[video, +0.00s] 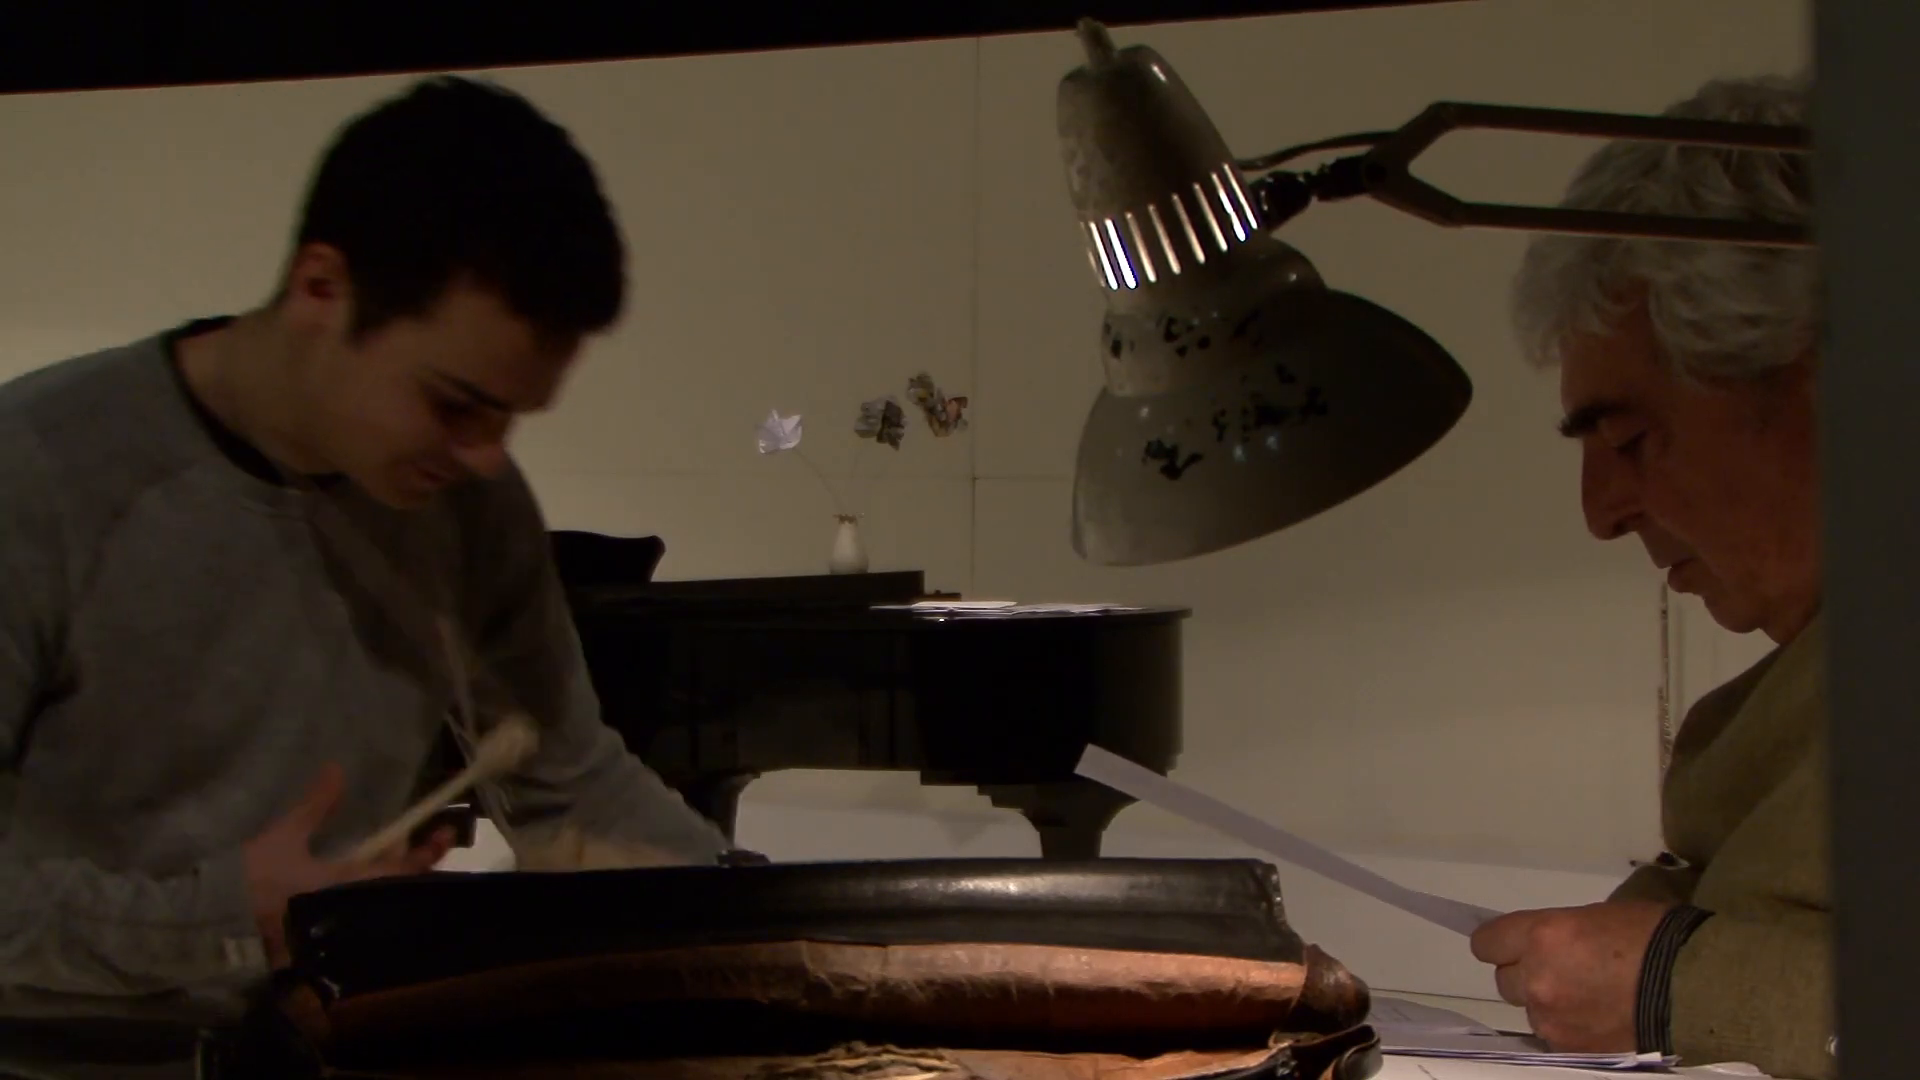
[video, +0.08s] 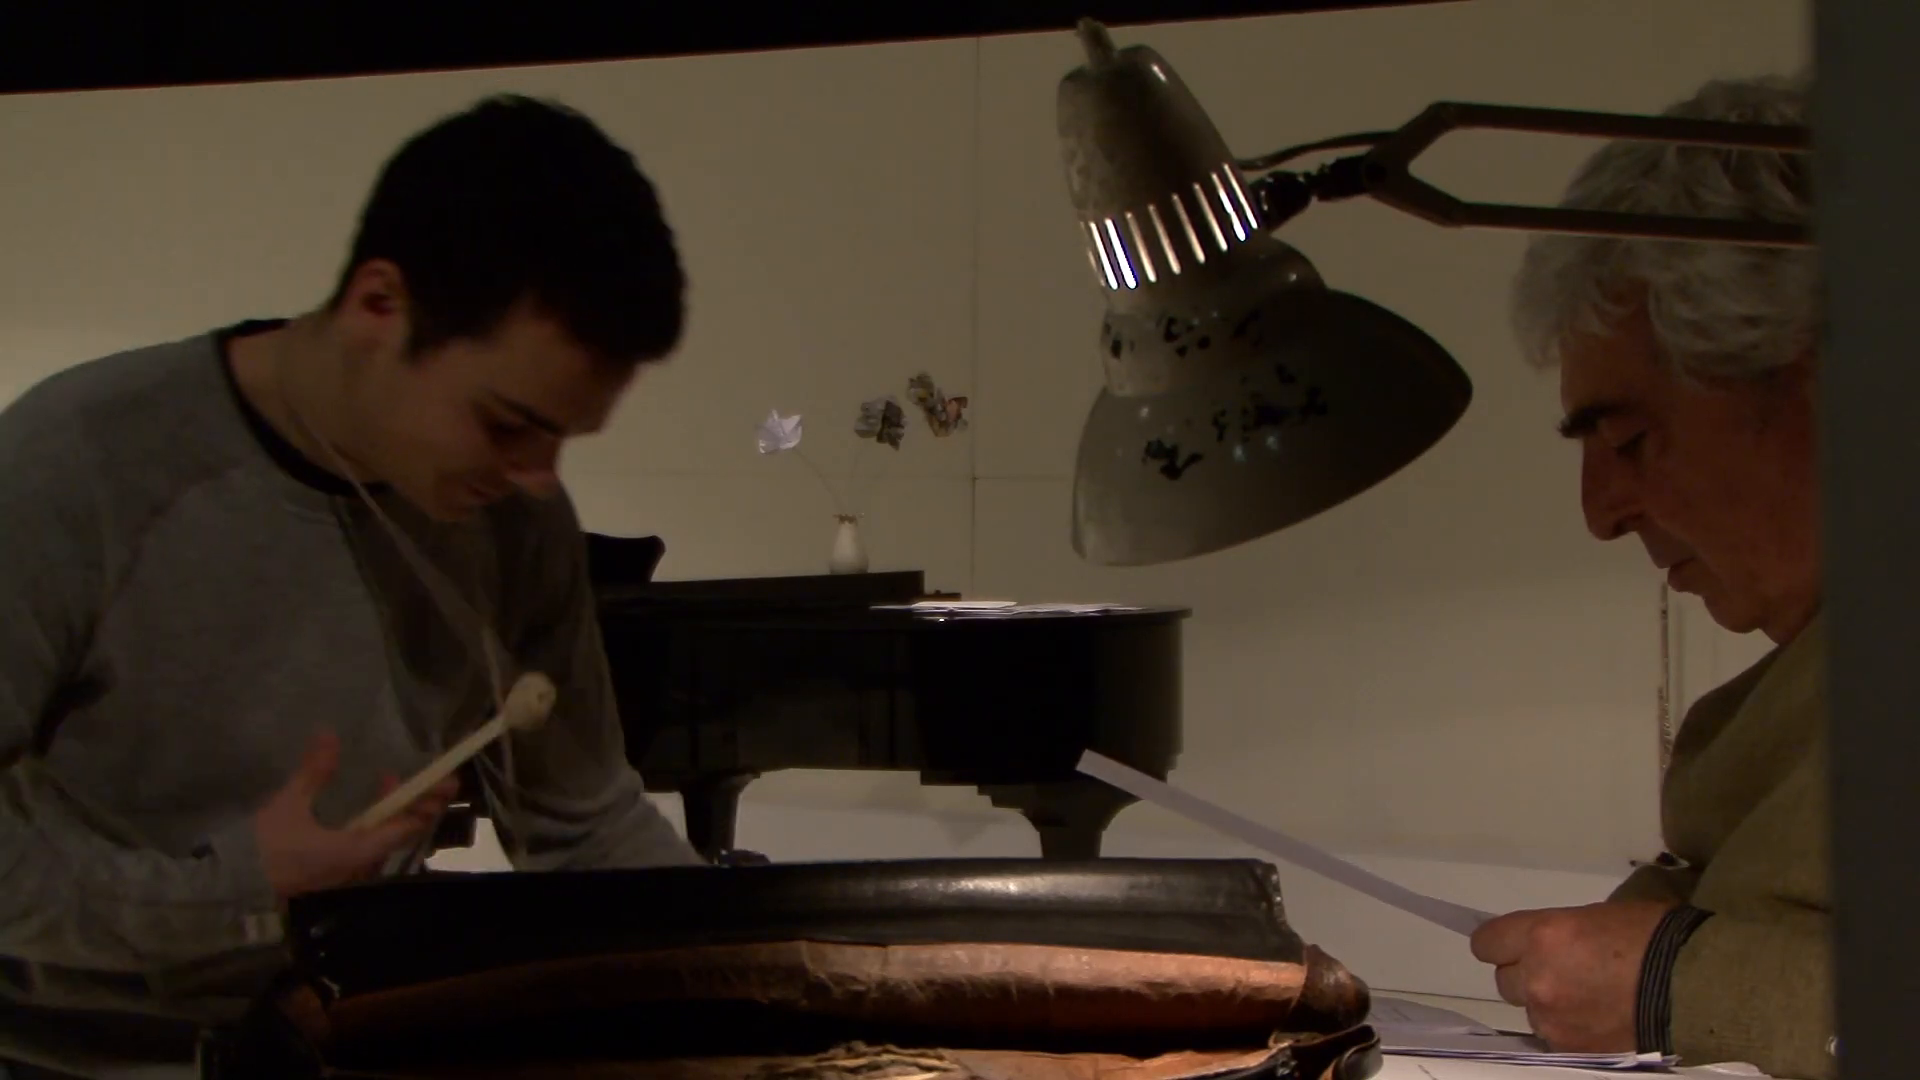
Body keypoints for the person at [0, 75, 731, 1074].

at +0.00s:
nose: (485, 459)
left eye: (513, 417)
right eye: (457, 405)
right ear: (319, 289)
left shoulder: (471, 498)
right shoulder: (33, 475)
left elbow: (570, 776)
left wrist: (753, 913)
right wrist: (221, 914)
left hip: (366, 1051)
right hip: (69, 1059)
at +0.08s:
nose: (540, 478)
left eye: (565, 437)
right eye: (510, 424)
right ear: (376, 307)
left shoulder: (514, 516)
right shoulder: (65, 472)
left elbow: (586, 820)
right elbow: (4, 854)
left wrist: (744, 948)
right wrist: (227, 888)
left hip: (364, 1050)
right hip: (72, 1055)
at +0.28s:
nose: (589, 491)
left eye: (622, 453)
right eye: (569, 433)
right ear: (442, 309)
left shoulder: (559, 530)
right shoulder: (101, 452)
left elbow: (572, 850)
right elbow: (1, 803)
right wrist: (239, 790)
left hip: (363, 1045)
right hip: (74, 1044)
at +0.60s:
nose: (500, 448)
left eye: (526, 406)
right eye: (476, 389)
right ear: (342, 263)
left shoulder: (463, 474)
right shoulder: (29, 438)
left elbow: (502, 811)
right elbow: (12, 858)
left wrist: (580, 990)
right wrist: (232, 699)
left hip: (384, 1018)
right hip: (98, 1039)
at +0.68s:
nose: (460, 450)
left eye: (491, 410)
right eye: (435, 395)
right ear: (301, 262)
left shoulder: (437, 458)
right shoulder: (25, 432)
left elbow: (485, 806)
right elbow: (11, 849)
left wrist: (549, 995)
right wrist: (214, 647)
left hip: (369, 1019)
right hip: (91, 1044)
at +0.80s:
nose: (399, 513)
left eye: (432, 474)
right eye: (368, 462)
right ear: (244, 316)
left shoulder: (409, 456)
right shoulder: (20, 408)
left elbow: (466, 790)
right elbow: (9, 801)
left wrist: (558, 977)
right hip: (101, 1044)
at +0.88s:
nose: (371, 553)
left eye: (398, 520)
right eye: (328, 512)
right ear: (233, 393)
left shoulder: (394, 465)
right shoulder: (29, 383)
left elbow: (463, 766)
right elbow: (12, 707)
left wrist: (547, 957)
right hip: (93, 1036)